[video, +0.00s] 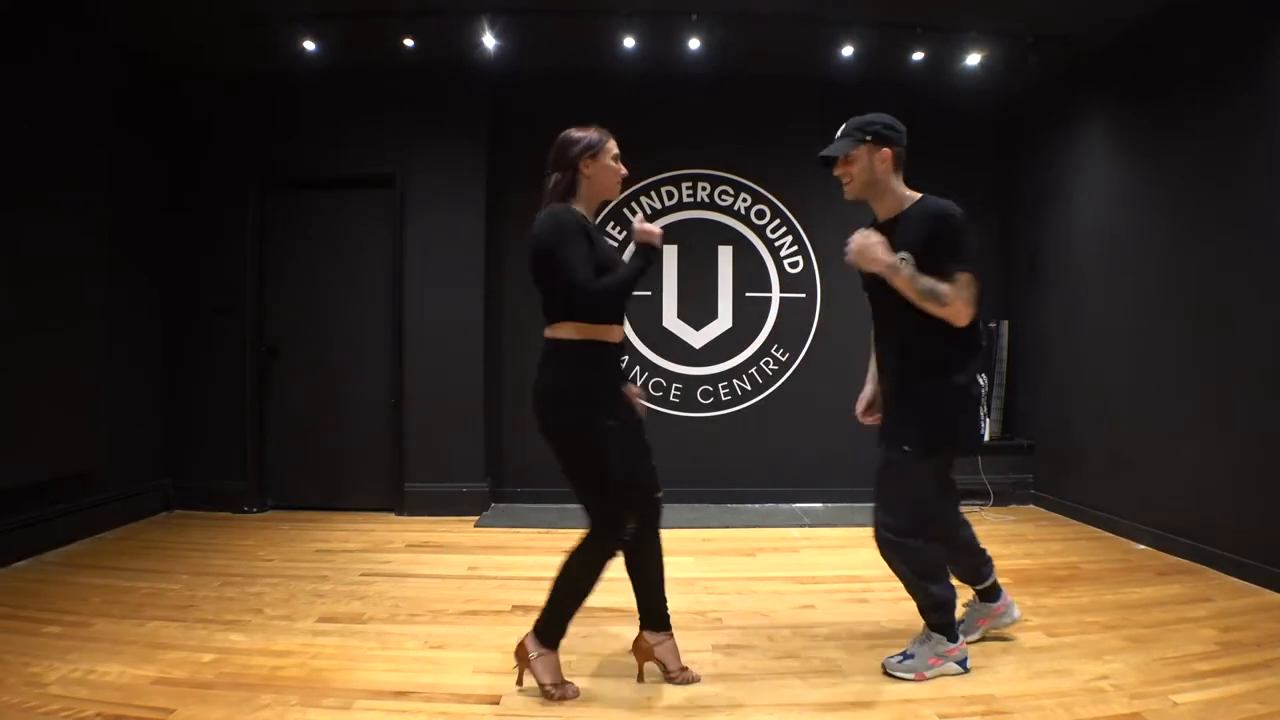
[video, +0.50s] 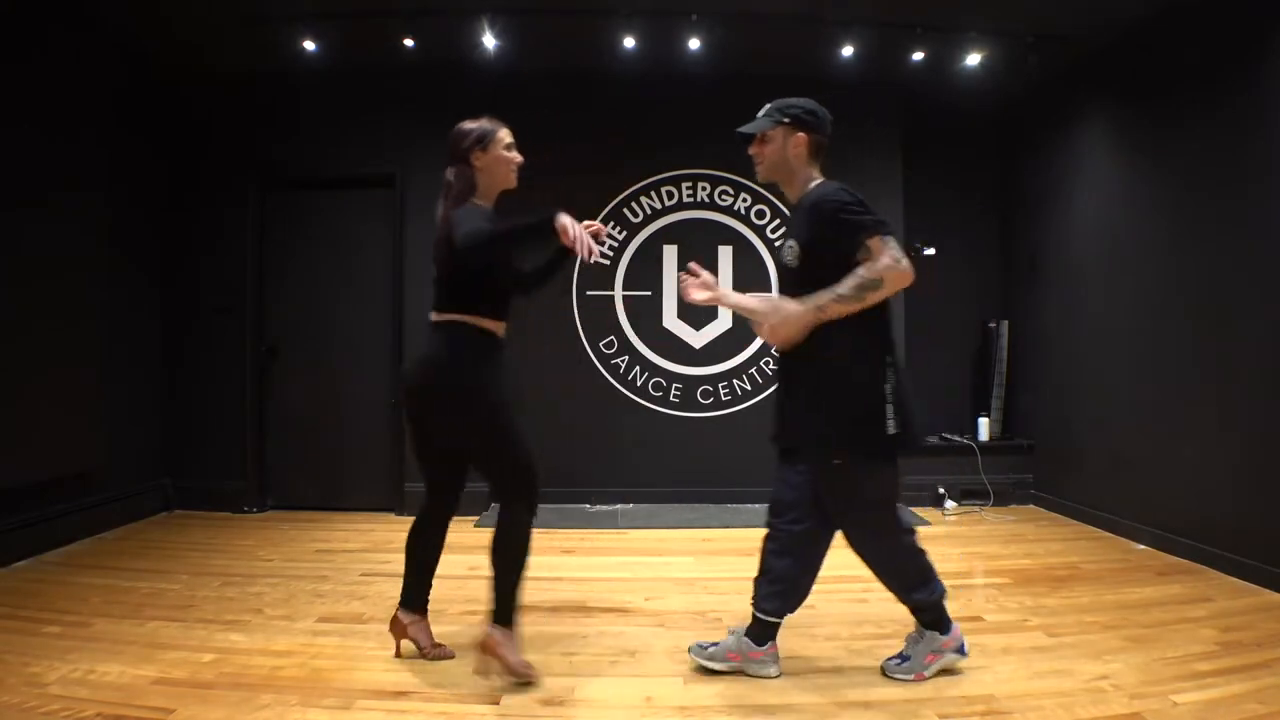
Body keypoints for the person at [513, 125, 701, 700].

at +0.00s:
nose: (624, 169)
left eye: (622, 160)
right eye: (614, 160)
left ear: (593, 167)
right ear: (583, 166)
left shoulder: (598, 229)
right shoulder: (558, 224)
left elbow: (593, 322)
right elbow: (590, 298)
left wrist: (619, 382)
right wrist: (641, 254)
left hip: (603, 381)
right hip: (569, 382)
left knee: (644, 503)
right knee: (611, 518)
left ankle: (655, 632)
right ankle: (541, 642)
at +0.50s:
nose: (520, 157)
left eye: (517, 148)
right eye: (509, 148)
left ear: (485, 160)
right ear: (476, 158)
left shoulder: (481, 224)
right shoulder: (467, 215)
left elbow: (520, 282)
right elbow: (484, 249)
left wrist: (571, 252)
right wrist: (553, 223)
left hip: (447, 364)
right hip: (466, 365)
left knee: (442, 494)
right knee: (520, 487)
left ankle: (411, 611)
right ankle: (501, 628)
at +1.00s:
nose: (412, 161)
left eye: (419, 155)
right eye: (400, 155)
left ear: (430, 172)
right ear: (381, 173)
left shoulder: (438, 242)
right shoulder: (372, 225)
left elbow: (497, 298)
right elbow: (433, 269)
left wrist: (558, 300)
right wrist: (517, 255)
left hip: (411, 372)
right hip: (362, 367)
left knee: (430, 492)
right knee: (343, 491)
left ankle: (412, 612)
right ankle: (309, 612)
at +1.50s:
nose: (448, 162)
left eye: (453, 155)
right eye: (435, 156)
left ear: (460, 169)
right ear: (413, 174)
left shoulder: (447, 233)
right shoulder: (418, 226)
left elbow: (491, 306)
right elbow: (454, 284)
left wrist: (531, 286)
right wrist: (530, 272)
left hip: (441, 368)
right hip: (414, 367)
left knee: (451, 486)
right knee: (446, 484)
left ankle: (418, 598)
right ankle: (394, 595)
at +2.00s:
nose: (532, 159)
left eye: (536, 152)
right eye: (518, 153)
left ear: (542, 166)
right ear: (494, 172)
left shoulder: (535, 229)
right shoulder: (510, 233)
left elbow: (572, 292)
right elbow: (572, 313)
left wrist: (630, 282)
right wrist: (645, 326)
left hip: (532, 374)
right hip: (502, 374)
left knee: (582, 488)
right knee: (519, 499)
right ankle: (529, 624)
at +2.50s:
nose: (591, 174)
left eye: (587, 166)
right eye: (580, 166)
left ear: (561, 177)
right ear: (549, 176)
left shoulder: (569, 241)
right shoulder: (546, 237)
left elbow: (602, 333)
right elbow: (614, 280)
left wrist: (668, 356)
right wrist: (690, 243)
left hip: (581, 386)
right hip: (553, 389)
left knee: (622, 504)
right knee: (619, 503)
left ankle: (619, 623)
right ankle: (546, 608)